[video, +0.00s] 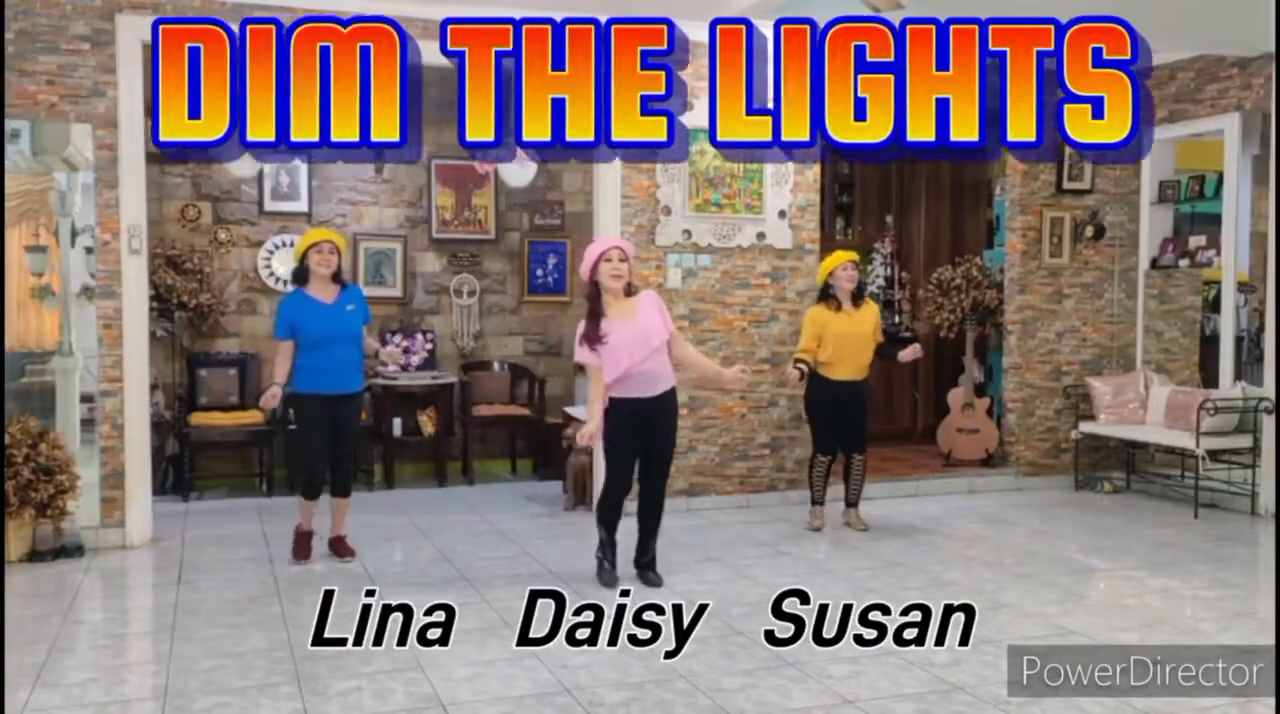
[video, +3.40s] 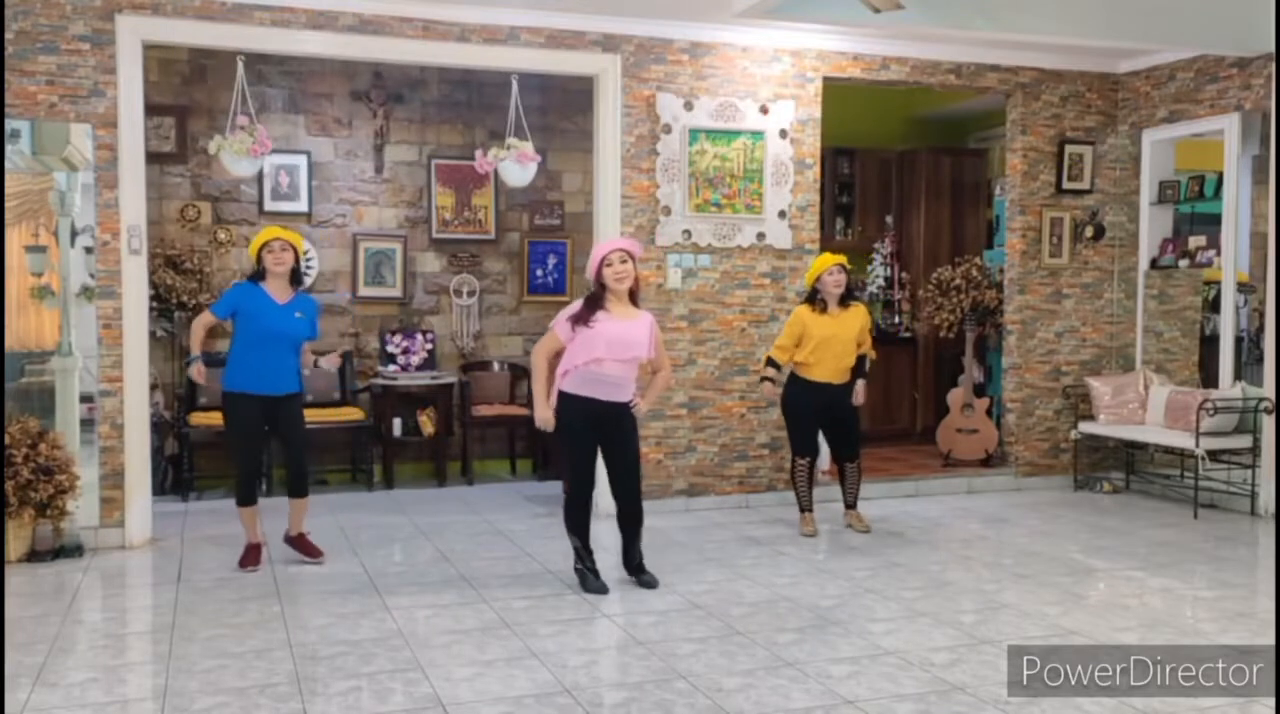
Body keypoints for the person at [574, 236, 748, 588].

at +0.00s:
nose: (617, 266)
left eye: (622, 261)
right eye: (608, 261)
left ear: (630, 268)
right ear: (594, 273)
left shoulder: (650, 302)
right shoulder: (592, 325)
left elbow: (680, 350)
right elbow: (596, 381)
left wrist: (722, 374)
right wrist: (594, 421)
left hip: (662, 404)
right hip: (621, 408)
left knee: (654, 487)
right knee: (618, 485)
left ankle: (646, 559)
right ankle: (606, 549)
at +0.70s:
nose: (621, 262)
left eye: (627, 257)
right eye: (613, 257)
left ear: (637, 266)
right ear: (601, 267)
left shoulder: (648, 313)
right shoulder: (586, 311)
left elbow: (661, 368)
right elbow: (571, 368)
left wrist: (689, 403)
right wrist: (573, 420)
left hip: (643, 406)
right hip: (600, 408)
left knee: (642, 487)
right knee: (599, 485)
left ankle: (644, 559)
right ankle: (589, 557)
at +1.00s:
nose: (614, 267)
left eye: (620, 260)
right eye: (606, 262)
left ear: (631, 269)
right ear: (595, 272)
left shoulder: (639, 319)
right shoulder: (579, 309)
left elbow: (642, 375)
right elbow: (542, 350)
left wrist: (654, 422)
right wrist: (529, 403)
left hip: (622, 410)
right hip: (579, 408)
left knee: (630, 486)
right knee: (582, 486)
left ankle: (635, 559)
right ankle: (586, 561)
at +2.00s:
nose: (627, 263)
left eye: (633, 257)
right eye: (618, 258)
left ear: (642, 265)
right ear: (606, 267)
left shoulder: (661, 304)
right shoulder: (601, 312)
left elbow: (684, 349)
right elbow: (589, 369)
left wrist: (692, 389)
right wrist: (571, 412)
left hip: (657, 403)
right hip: (612, 404)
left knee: (659, 485)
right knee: (603, 483)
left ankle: (662, 561)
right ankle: (591, 557)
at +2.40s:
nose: (647, 262)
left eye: (653, 256)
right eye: (639, 257)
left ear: (662, 265)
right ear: (627, 268)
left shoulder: (681, 304)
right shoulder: (620, 317)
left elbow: (713, 332)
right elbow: (608, 373)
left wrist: (703, 374)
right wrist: (621, 399)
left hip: (677, 404)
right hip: (637, 406)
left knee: (671, 487)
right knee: (639, 487)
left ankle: (665, 560)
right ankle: (642, 557)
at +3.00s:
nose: (640, 262)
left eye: (645, 255)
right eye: (631, 258)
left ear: (656, 263)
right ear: (620, 270)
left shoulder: (668, 312)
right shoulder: (611, 312)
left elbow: (678, 356)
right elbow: (580, 362)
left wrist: (672, 388)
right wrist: (592, 412)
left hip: (654, 406)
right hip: (612, 404)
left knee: (656, 488)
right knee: (601, 486)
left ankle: (662, 562)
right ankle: (588, 561)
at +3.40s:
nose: (619, 269)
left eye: (624, 262)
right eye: (610, 265)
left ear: (635, 271)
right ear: (599, 274)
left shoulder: (645, 321)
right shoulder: (581, 312)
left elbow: (664, 370)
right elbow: (541, 352)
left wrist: (645, 400)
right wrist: (541, 404)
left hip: (620, 411)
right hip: (576, 408)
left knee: (629, 491)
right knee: (579, 489)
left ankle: (634, 561)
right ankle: (584, 563)